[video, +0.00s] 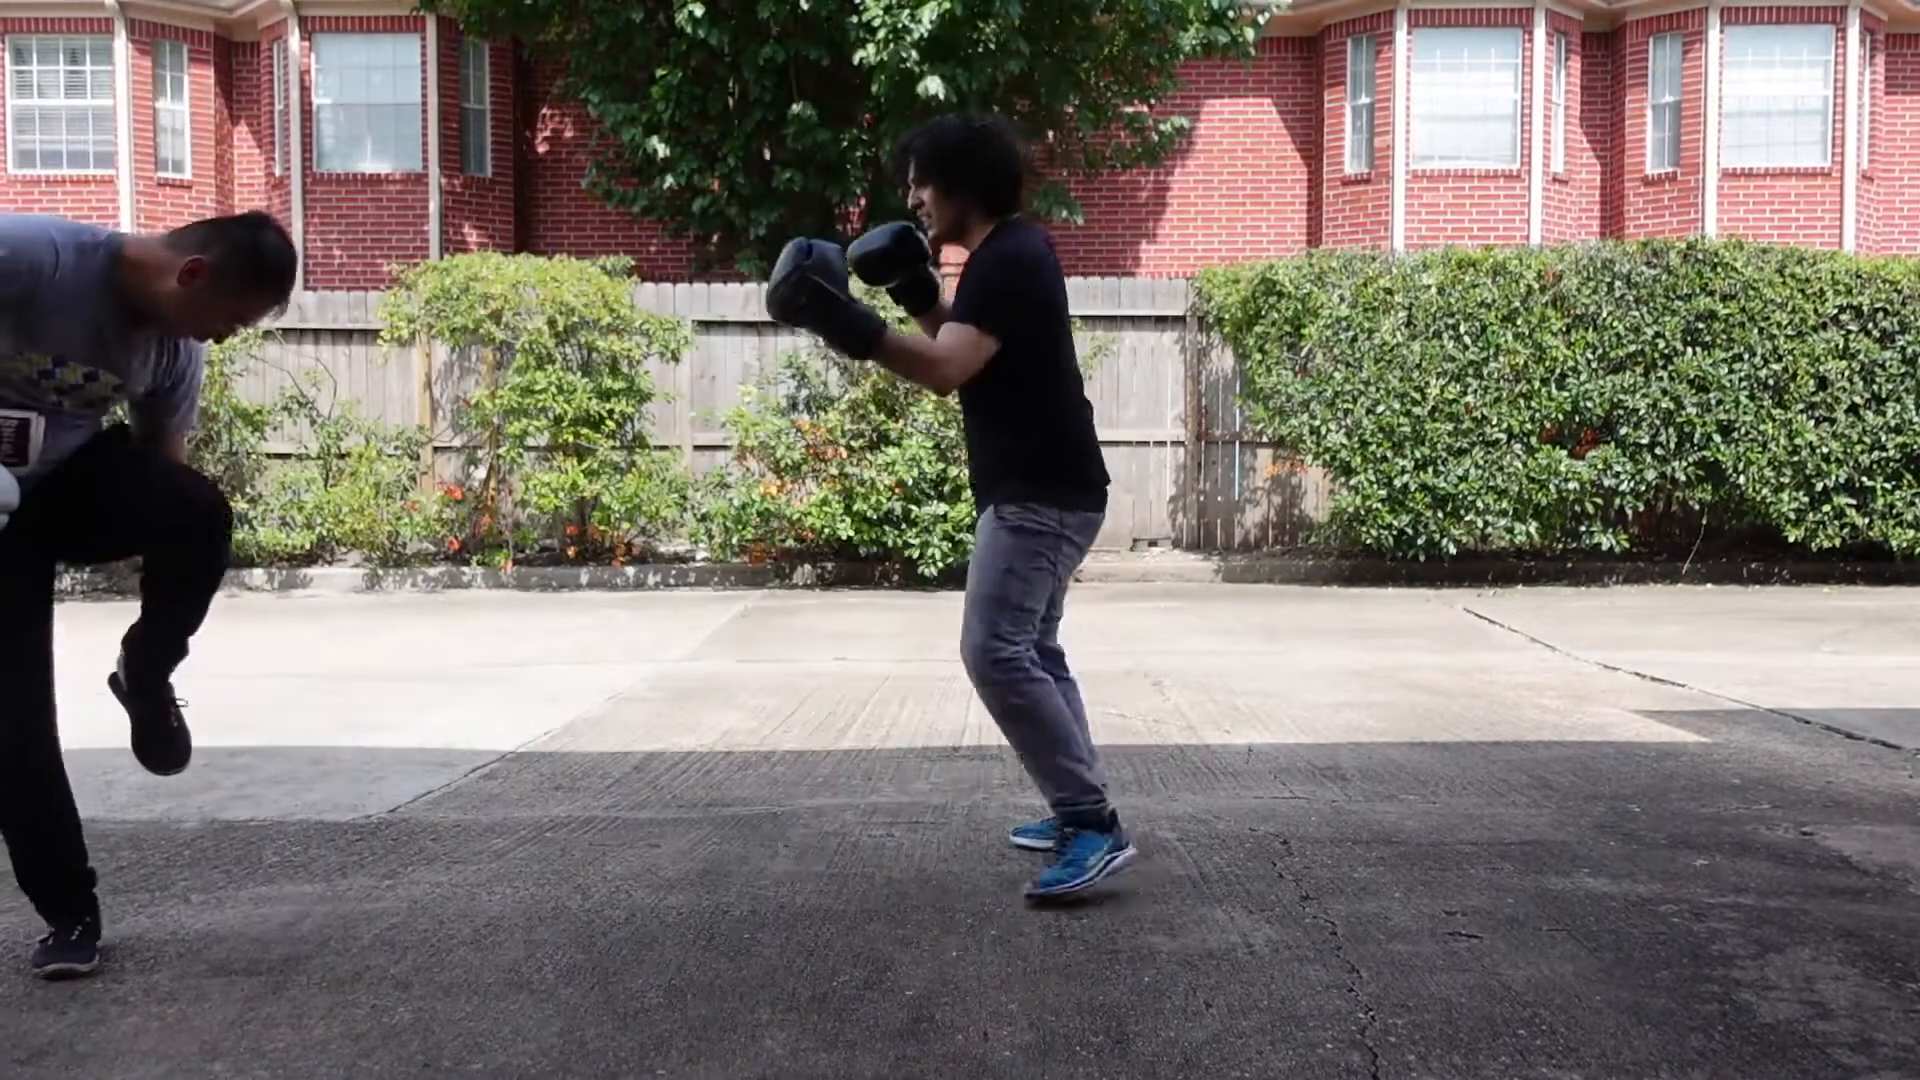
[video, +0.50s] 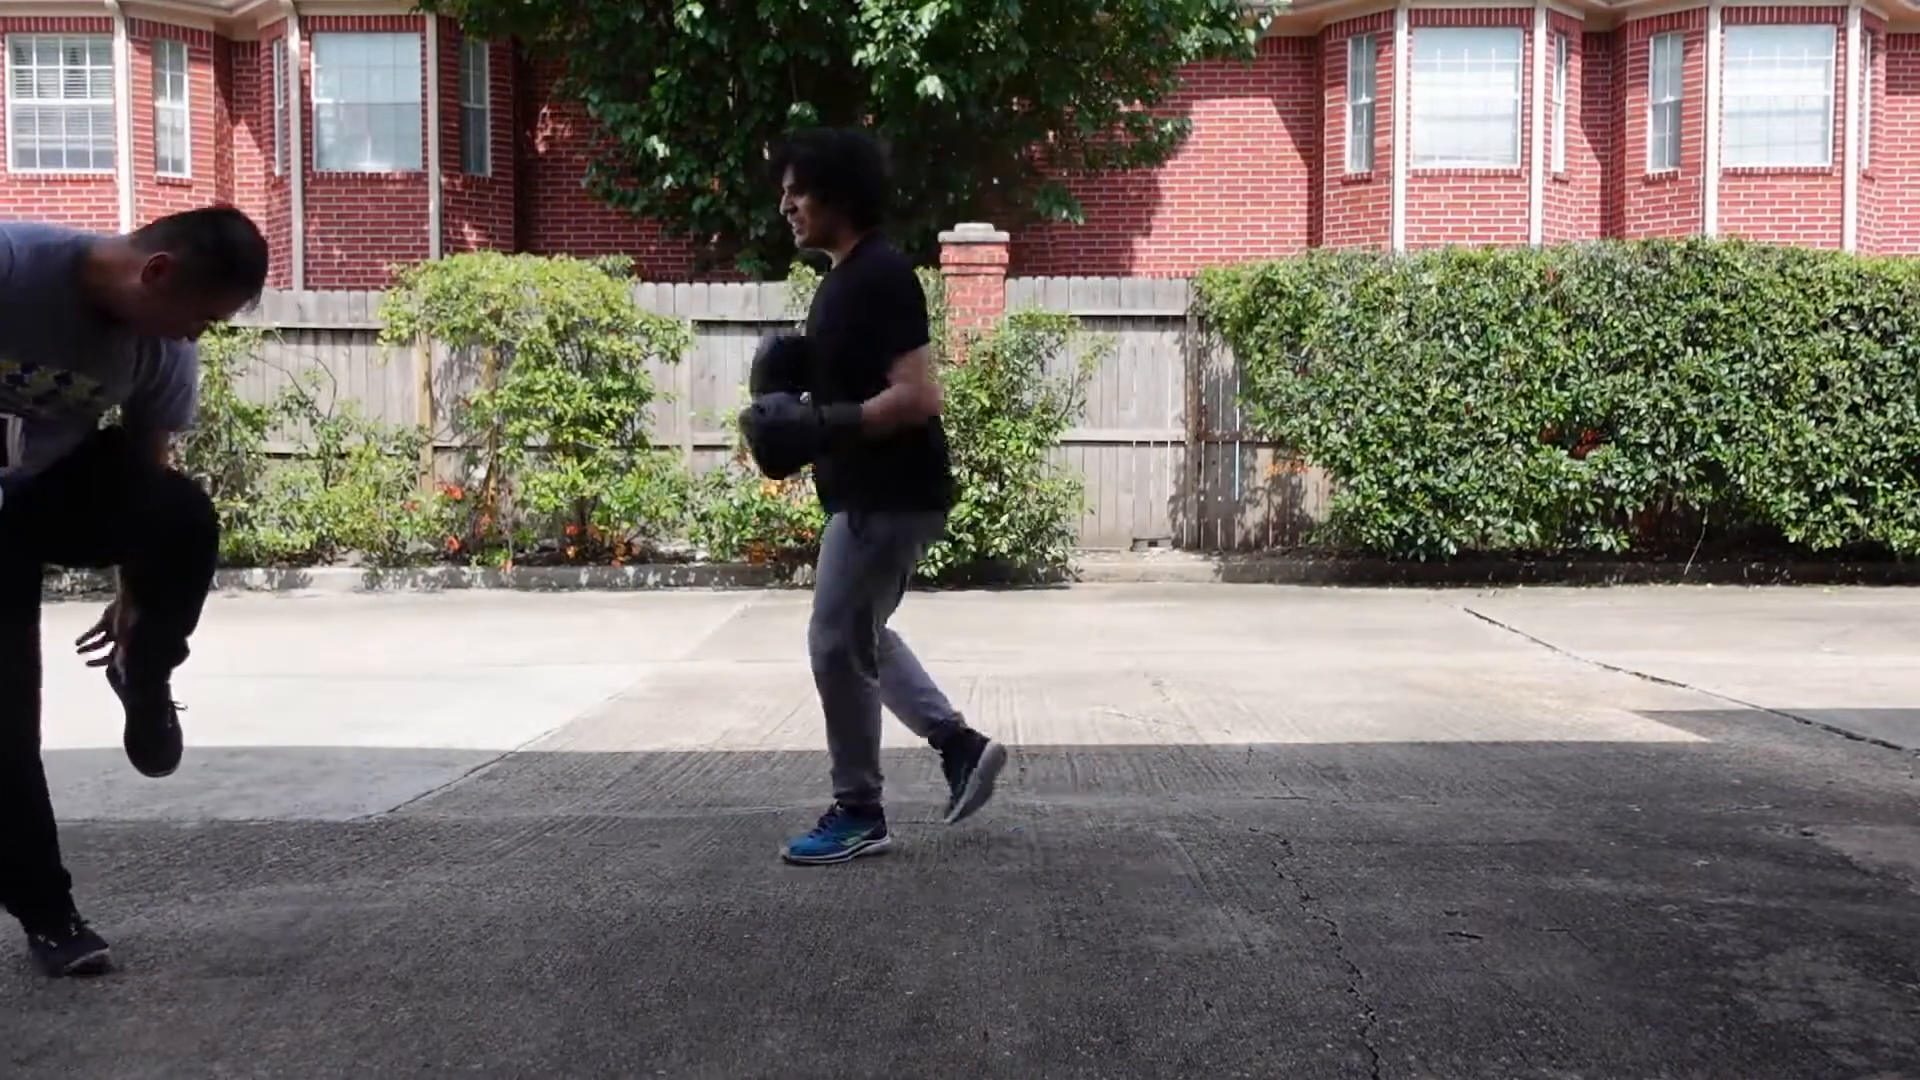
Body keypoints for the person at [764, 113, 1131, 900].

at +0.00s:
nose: (916, 202)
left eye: (924, 187)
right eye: (915, 188)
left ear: (960, 188)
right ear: (986, 185)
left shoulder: (1009, 256)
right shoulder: (1004, 252)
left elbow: (947, 368)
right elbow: (972, 353)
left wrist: (849, 324)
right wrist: (921, 290)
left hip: (1038, 496)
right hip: (1036, 491)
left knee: (994, 651)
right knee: (1033, 648)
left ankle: (1092, 825)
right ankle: (1080, 807)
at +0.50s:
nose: (788, 208)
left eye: (799, 195)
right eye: (787, 195)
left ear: (839, 198)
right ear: (835, 204)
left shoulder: (882, 277)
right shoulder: (845, 278)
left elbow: (921, 397)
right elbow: (866, 373)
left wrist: (822, 420)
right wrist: (805, 363)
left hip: (890, 500)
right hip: (869, 496)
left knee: (834, 645)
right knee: (858, 634)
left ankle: (859, 814)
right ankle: (959, 745)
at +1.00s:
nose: (734, 228)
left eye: (745, 216)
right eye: (730, 216)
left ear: (786, 215)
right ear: (735, 220)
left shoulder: (840, 292)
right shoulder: (728, 287)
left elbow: (881, 393)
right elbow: (705, 370)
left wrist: (848, 453)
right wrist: (689, 406)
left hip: (804, 507)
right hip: (730, 504)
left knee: (820, 655)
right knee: (728, 649)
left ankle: (851, 804)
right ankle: (751, 778)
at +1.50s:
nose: (772, 248)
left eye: (784, 236)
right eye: (766, 238)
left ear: (818, 236)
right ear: (761, 243)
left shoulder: (864, 306)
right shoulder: (748, 302)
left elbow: (884, 401)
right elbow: (705, 402)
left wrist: (841, 400)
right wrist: (716, 361)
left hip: (845, 515)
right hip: (762, 514)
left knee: (876, 637)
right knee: (743, 640)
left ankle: (892, 743)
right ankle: (751, 774)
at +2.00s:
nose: (852, 277)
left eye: (864, 271)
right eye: (843, 266)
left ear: (876, 285)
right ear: (820, 266)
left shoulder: (870, 332)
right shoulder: (777, 317)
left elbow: (906, 387)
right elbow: (737, 398)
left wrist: (865, 323)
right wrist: (748, 478)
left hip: (849, 515)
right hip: (776, 517)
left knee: (888, 615)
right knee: (760, 640)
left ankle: (884, 744)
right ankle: (752, 744)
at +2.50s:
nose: (773, 274)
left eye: (784, 266)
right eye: (763, 266)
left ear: (804, 276)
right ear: (746, 277)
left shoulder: (811, 341)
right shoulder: (742, 314)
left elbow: (843, 400)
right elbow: (818, 343)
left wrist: (864, 377)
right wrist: (863, 371)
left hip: (800, 541)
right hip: (722, 537)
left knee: (839, 643)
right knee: (674, 645)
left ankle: (862, 736)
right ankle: (607, 777)